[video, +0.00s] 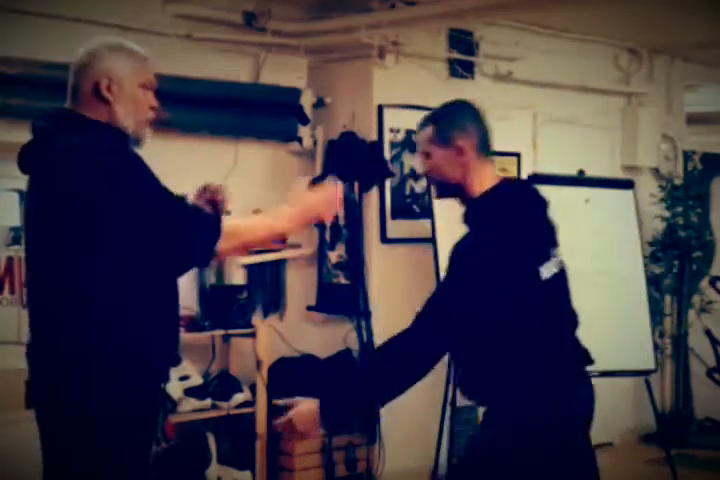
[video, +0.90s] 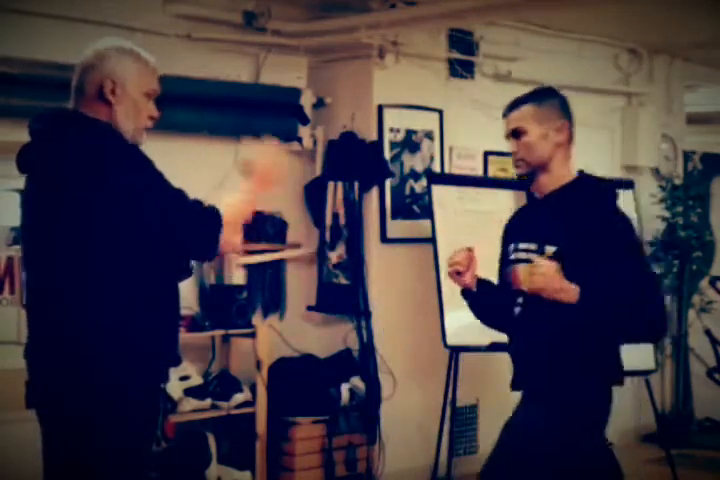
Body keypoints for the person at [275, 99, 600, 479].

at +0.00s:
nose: (422, 169)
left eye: (427, 154)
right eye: (420, 156)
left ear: (462, 148)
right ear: (464, 150)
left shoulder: (490, 235)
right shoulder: (521, 203)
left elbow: (425, 340)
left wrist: (332, 407)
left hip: (525, 408)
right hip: (561, 392)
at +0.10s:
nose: (469, 156)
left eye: (475, 143)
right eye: (469, 145)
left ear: (510, 140)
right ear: (512, 140)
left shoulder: (521, 230)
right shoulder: (562, 202)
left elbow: (465, 343)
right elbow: (550, 302)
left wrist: (370, 375)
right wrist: (486, 308)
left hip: (548, 407)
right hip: (587, 392)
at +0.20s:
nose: (502, 147)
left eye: (509, 134)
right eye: (503, 135)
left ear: (546, 135)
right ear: (545, 136)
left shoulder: (558, 206)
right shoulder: (586, 195)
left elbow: (532, 335)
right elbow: (551, 304)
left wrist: (434, 326)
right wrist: (494, 297)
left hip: (568, 400)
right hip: (603, 390)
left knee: (530, 472)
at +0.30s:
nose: (526, 141)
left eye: (534, 127)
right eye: (525, 130)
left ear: (573, 129)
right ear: (570, 132)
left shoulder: (587, 195)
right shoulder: (605, 190)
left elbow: (556, 316)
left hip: (578, 399)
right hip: (604, 394)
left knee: (536, 472)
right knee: (611, 472)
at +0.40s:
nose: (544, 138)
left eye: (552, 125)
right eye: (543, 128)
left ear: (593, 126)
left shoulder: (626, 183)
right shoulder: (567, 207)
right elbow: (547, 305)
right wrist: (507, 260)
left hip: (609, 380)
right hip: (573, 380)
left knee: (541, 472)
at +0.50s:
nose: (555, 141)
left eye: (564, 128)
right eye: (553, 131)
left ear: (604, 127)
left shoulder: (640, 192)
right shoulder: (564, 212)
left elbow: (629, 300)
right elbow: (545, 311)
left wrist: (567, 255)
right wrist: (506, 263)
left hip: (615, 374)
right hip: (572, 374)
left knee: (555, 471)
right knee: (605, 470)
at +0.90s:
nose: (510, 149)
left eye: (518, 135)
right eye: (509, 139)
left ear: (560, 135)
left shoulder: (596, 211)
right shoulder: (520, 223)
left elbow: (649, 319)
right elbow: (515, 316)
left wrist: (566, 290)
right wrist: (473, 285)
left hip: (579, 390)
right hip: (538, 389)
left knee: (501, 474)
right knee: (592, 471)